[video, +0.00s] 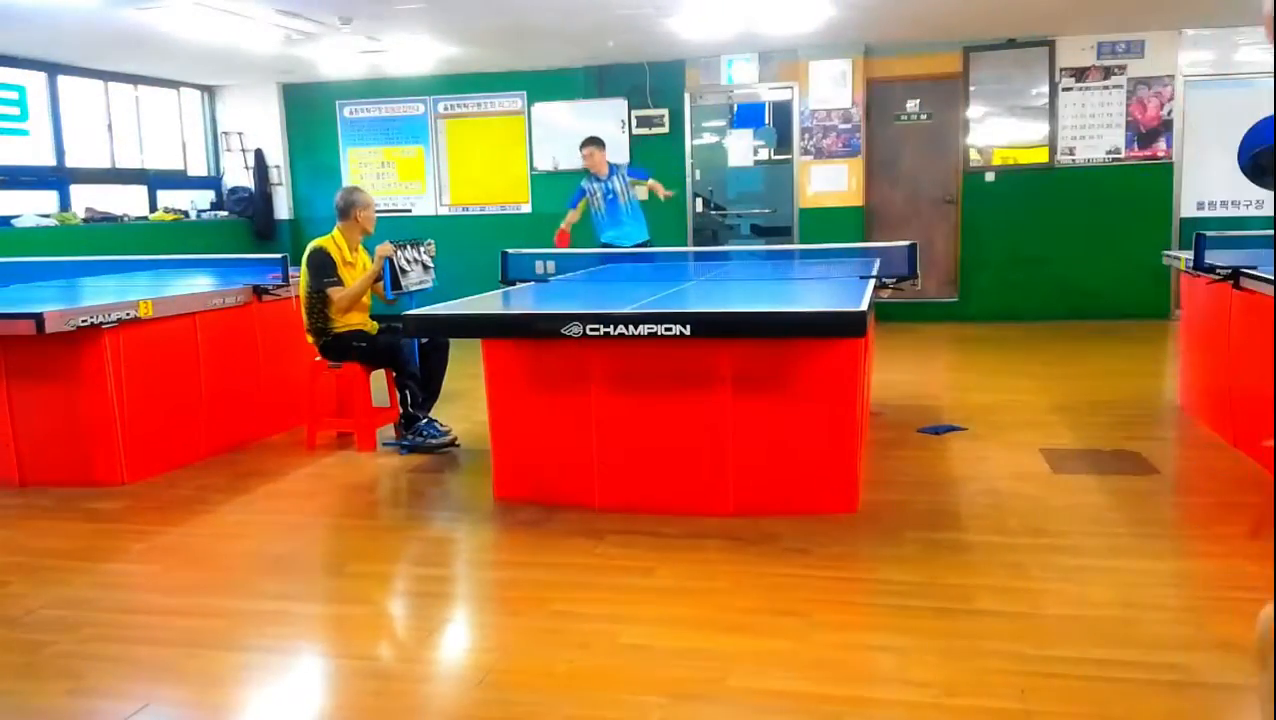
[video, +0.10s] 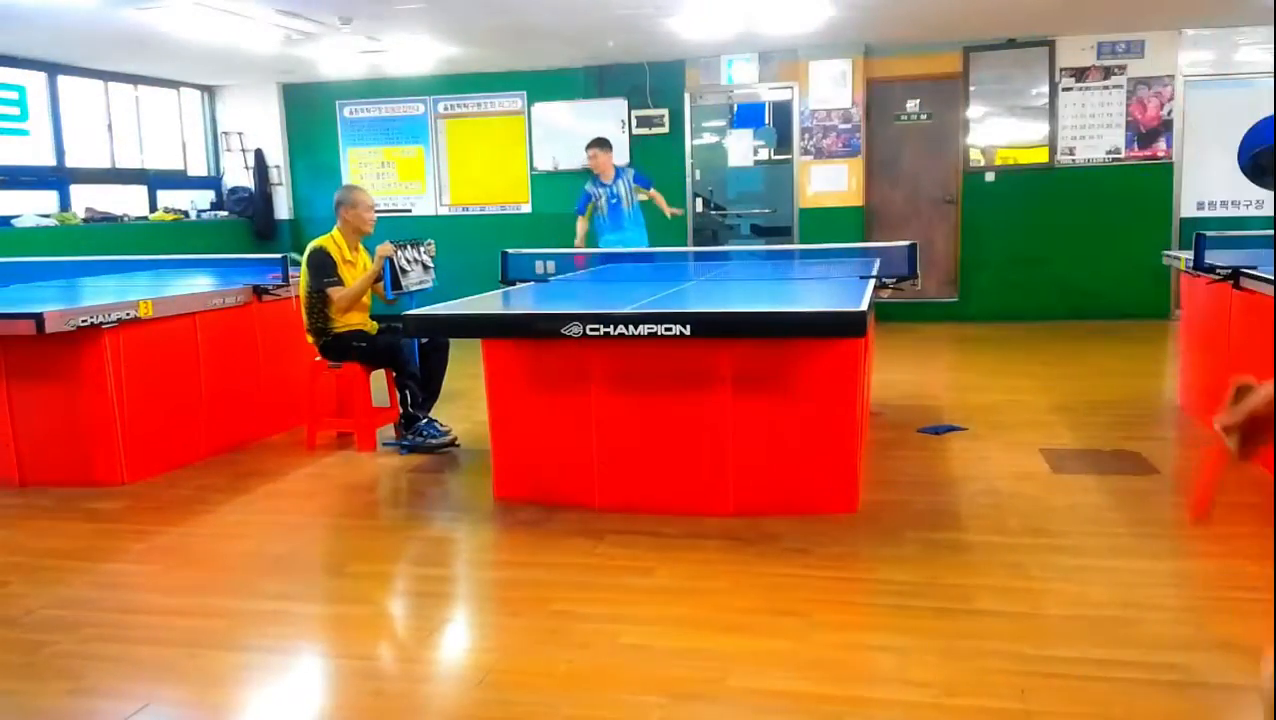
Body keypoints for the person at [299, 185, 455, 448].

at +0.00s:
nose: (376, 217)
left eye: (375, 210)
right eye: (372, 210)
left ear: (356, 216)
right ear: (357, 215)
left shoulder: (361, 253)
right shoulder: (320, 251)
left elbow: (387, 297)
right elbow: (341, 303)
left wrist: (416, 261)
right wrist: (375, 269)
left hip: (364, 329)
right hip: (335, 338)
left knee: (436, 340)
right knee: (403, 346)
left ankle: (419, 419)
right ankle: (411, 426)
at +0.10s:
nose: (375, 216)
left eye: (374, 210)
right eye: (369, 210)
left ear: (353, 214)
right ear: (345, 213)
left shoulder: (361, 252)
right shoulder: (320, 251)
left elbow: (387, 296)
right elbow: (341, 302)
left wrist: (415, 262)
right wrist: (376, 269)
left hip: (365, 330)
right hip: (335, 338)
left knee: (436, 340)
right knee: (402, 346)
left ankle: (419, 419)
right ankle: (411, 426)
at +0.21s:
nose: (370, 216)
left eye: (371, 211)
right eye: (363, 210)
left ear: (371, 213)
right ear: (341, 211)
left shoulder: (362, 251)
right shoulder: (319, 251)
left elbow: (387, 296)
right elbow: (341, 302)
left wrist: (415, 263)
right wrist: (376, 268)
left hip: (365, 329)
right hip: (335, 338)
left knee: (436, 340)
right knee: (402, 346)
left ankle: (418, 419)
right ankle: (411, 425)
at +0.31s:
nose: (365, 219)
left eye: (369, 213)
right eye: (358, 212)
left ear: (371, 214)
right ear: (338, 212)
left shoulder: (363, 251)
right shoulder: (317, 250)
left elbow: (387, 296)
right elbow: (337, 298)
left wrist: (414, 263)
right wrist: (374, 265)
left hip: (365, 330)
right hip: (334, 337)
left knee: (436, 340)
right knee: (402, 346)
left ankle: (418, 419)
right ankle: (412, 425)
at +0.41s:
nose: (365, 219)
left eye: (368, 213)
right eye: (358, 212)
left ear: (371, 214)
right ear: (338, 211)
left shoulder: (362, 250)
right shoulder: (317, 249)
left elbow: (387, 296)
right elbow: (333, 301)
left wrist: (416, 263)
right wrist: (367, 268)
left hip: (365, 330)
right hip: (334, 338)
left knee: (436, 340)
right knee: (402, 346)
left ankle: (418, 419)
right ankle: (411, 426)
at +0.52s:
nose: (365, 218)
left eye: (368, 212)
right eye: (358, 211)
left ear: (371, 214)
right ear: (338, 211)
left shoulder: (363, 252)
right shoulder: (317, 250)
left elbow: (388, 296)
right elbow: (325, 305)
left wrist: (416, 263)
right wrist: (363, 273)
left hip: (365, 330)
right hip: (334, 337)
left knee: (435, 341)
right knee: (402, 346)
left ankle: (417, 420)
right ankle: (412, 425)